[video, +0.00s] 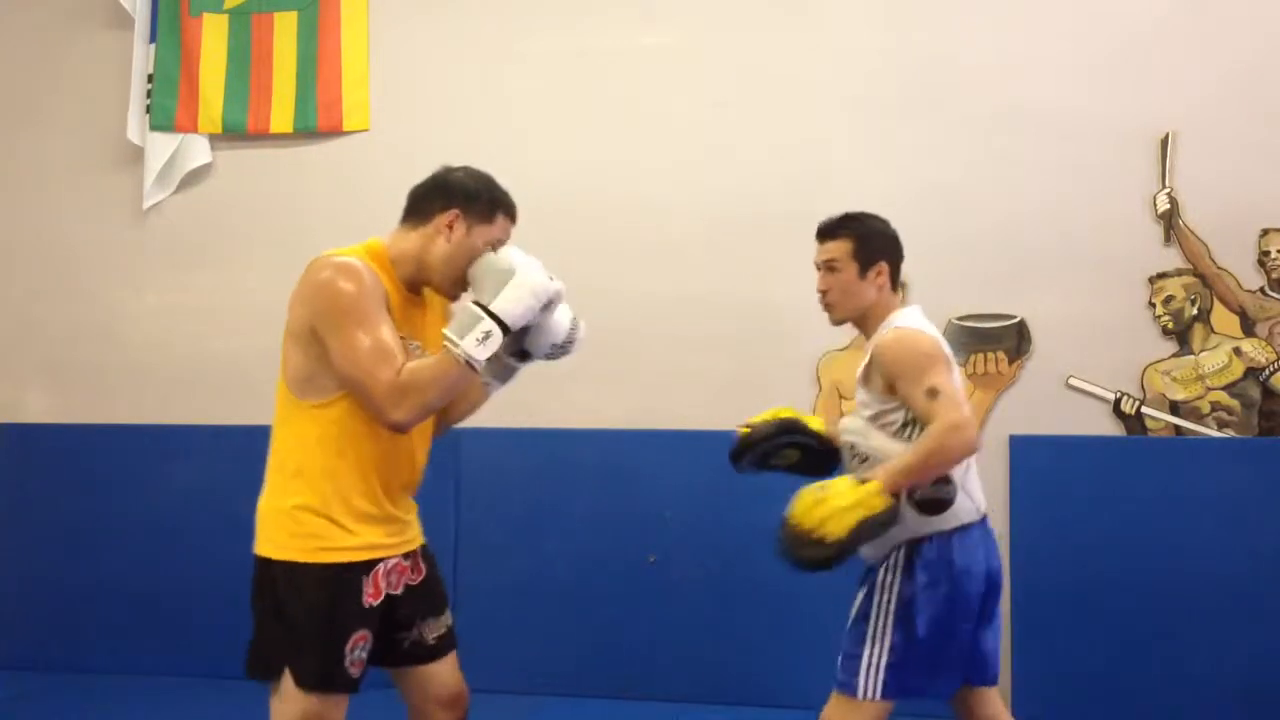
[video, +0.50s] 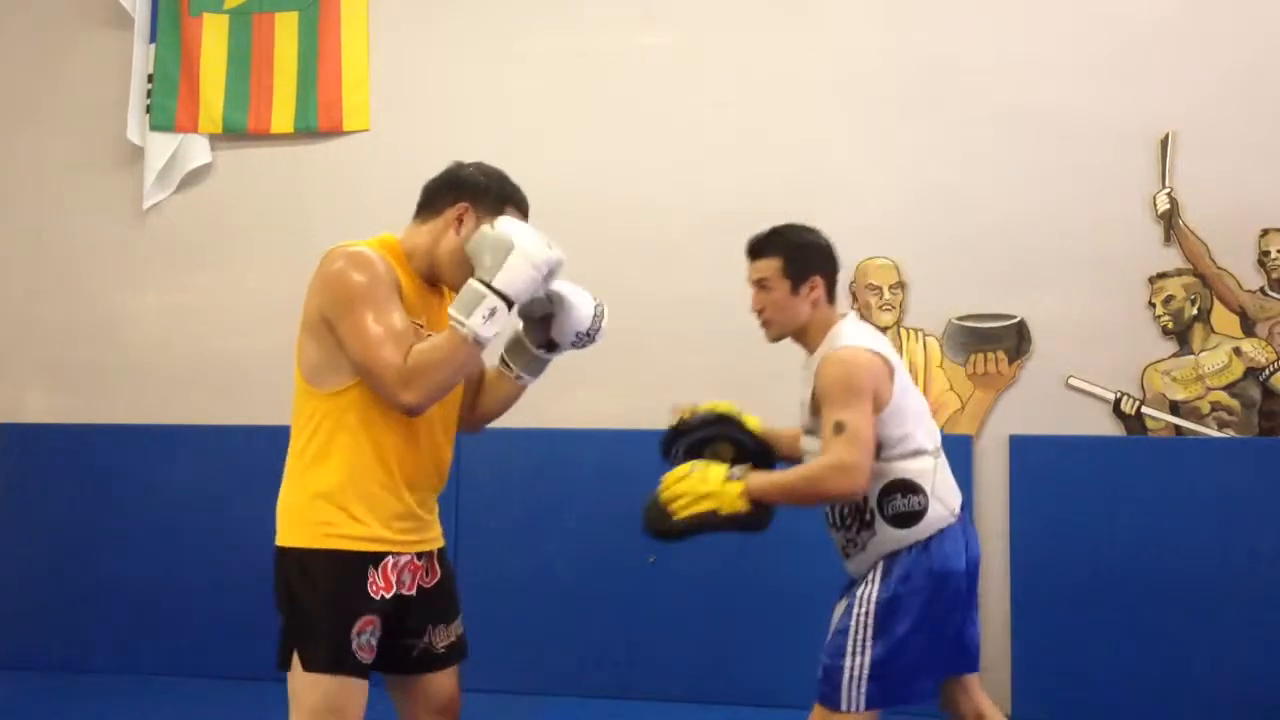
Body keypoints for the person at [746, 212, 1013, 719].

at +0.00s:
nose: (819, 285)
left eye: (831, 269)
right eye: (819, 270)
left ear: (878, 276)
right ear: (874, 280)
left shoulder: (901, 342)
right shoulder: (896, 338)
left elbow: (958, 432)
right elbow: (903, 435)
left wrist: (872, 488)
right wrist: (825, 438)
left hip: (919, 555)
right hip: (964, 545)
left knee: (853, 707)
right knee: (978, 698)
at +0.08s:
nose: (806, 289)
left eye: (818, 274)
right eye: (805, 274)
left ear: (866, 280)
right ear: (863, 284)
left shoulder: (891, 351)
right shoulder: (890, 344)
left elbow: (930, 450)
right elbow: (876, 446)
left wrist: (836, 503)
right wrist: (798, 444)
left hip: (911, 559)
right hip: (952, 550)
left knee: (846, 710)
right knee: (970, 701)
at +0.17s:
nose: (785, 291)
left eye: (797, 275)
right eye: (785, 275)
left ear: (845, 281)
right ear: (841, 285)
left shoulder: (875, 353)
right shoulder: (841, 358)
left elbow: (900, 462)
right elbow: (846, 443)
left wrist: (802, 505)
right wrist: (779, 443)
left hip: (908, 553)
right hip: (940, 545)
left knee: (840, 709)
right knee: (962, 695)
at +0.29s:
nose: (754, 301)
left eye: (767, 284)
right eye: (754, 285)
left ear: (816, 290)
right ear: (814, 294)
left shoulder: (845, 362)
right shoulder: (853, 343)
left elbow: (857, 480)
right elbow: (841, 446)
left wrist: (754, 511)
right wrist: (764, 446)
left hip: (903, 562)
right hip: (943, 546)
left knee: (832, 710)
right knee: (961, 697)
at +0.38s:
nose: (745, 310)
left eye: (757, 294)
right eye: (745, 295)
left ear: (806, 298)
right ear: (805, 303)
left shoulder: (840, 370)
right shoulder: (844, 349)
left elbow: (836, 488)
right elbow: (823, 446)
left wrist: (728, 511)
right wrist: (749, 452)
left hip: (902, 566)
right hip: (939, 551)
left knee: (826, 712)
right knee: (960, 699)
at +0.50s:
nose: (754, 303)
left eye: (764, 287)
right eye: (753, 288)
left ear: (812, 290)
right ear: (812, 294)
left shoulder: (846, 359)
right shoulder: (851, 344)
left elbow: (848, 475)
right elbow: (837, 445)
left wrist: (742, 487)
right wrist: (757, 439)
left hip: (905, 558)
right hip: (941, 543)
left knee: (839, 709)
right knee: (964, 695)